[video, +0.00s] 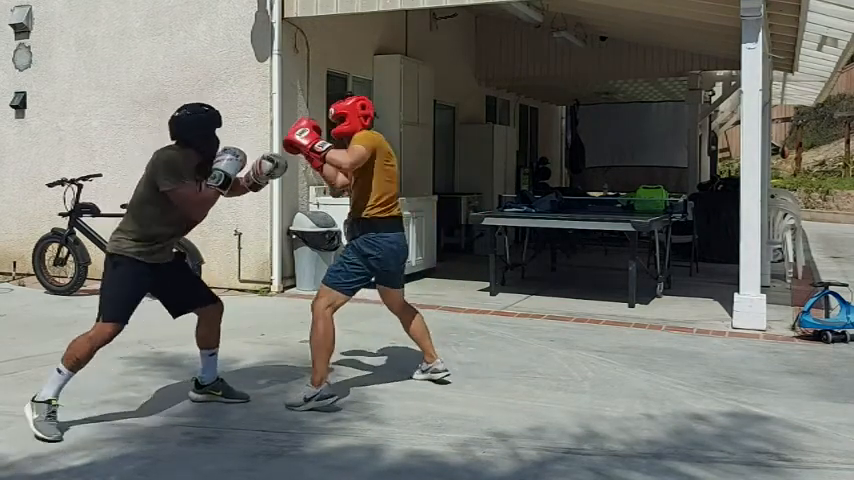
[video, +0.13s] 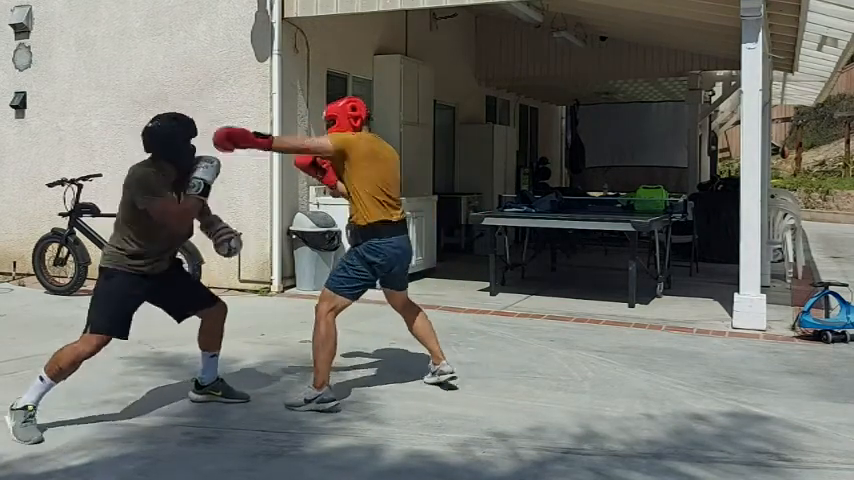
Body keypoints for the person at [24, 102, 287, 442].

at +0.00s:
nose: (218, 139)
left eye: (217, 133)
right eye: (213, 133)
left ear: (189, 135)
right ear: (199, 136)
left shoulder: (201, 163)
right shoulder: (168, 160)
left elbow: (231, 188)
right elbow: (194, 211)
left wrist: (257, 176)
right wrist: (221, 178)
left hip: (165, 257)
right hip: (129, 255)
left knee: (211, 308)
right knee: (107, 330)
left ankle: (208, 381)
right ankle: (44, 399)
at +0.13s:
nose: (193, 148)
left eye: (192, 142)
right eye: (188, 143)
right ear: (174, 148)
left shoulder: (183, 175)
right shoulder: (142, 177)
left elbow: (203, 215)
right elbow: (179, 224)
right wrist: (198, 187)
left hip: (163, 269)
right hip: (123, 270)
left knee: (215, 310)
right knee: (91, 343)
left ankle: (207, 381)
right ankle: (25, 406)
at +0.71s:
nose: (152, 144)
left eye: (150, 138)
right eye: (145, 139)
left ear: (130, 144)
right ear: (124, 145)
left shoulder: (146, 173)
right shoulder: (95, 176)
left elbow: (163, 214)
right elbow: (128, 224)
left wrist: (170, 239)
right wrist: (155, 185)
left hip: (141, 267)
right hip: (98, 268)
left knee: (192, 314)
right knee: (80, 342)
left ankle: (206, 382)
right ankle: (22, 410)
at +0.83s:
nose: (164, 147)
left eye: (162, 141)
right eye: (158, 142)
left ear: (136, 145)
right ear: (139, 146)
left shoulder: (150, 176)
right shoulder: (106, 178)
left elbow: (160, 216)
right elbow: (138, 230)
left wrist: (179, 240)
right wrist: (161, 193)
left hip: (143, 269)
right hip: (101, 272)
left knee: (197, 313)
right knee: (80, 344)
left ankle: (206, 382)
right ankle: (22, 410)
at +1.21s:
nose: (208, 140)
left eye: (207, 135)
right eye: (202, 136)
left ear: (197, 141)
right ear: (184, 141)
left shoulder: (209, 168)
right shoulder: (165, 166)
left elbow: (246, 185)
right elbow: (208, 161)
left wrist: (285, 180)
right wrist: (245, 144)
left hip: (203, 274)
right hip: (164, 274)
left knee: (256, 315)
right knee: (131, 347)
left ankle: (271, 374)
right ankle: (74, 352)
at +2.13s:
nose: (188, 125)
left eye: (189, 119)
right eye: (182, 118)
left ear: (187, 122)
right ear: (161, 118)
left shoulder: (186, 154)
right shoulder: (129, 146)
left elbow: (199, 200)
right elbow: (138, 194)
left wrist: (213, 178)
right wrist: (160, 160)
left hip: (164, 246)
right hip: (123, 243)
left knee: (196, 305)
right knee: (101, 315)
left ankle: (200, 381)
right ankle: (80, 380)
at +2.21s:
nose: (185, 123)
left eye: (186, 118)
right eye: (179, 117)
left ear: (182, 122)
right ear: (159, 118)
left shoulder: (182, 153)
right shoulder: (125, 145)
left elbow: (198, 200)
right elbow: (136, 194)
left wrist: (209, 174)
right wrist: (156, 158)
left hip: (163, 246)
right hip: (121, 243)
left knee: (194, 305)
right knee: (101, 316)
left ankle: (200, 381)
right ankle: (80, 380)